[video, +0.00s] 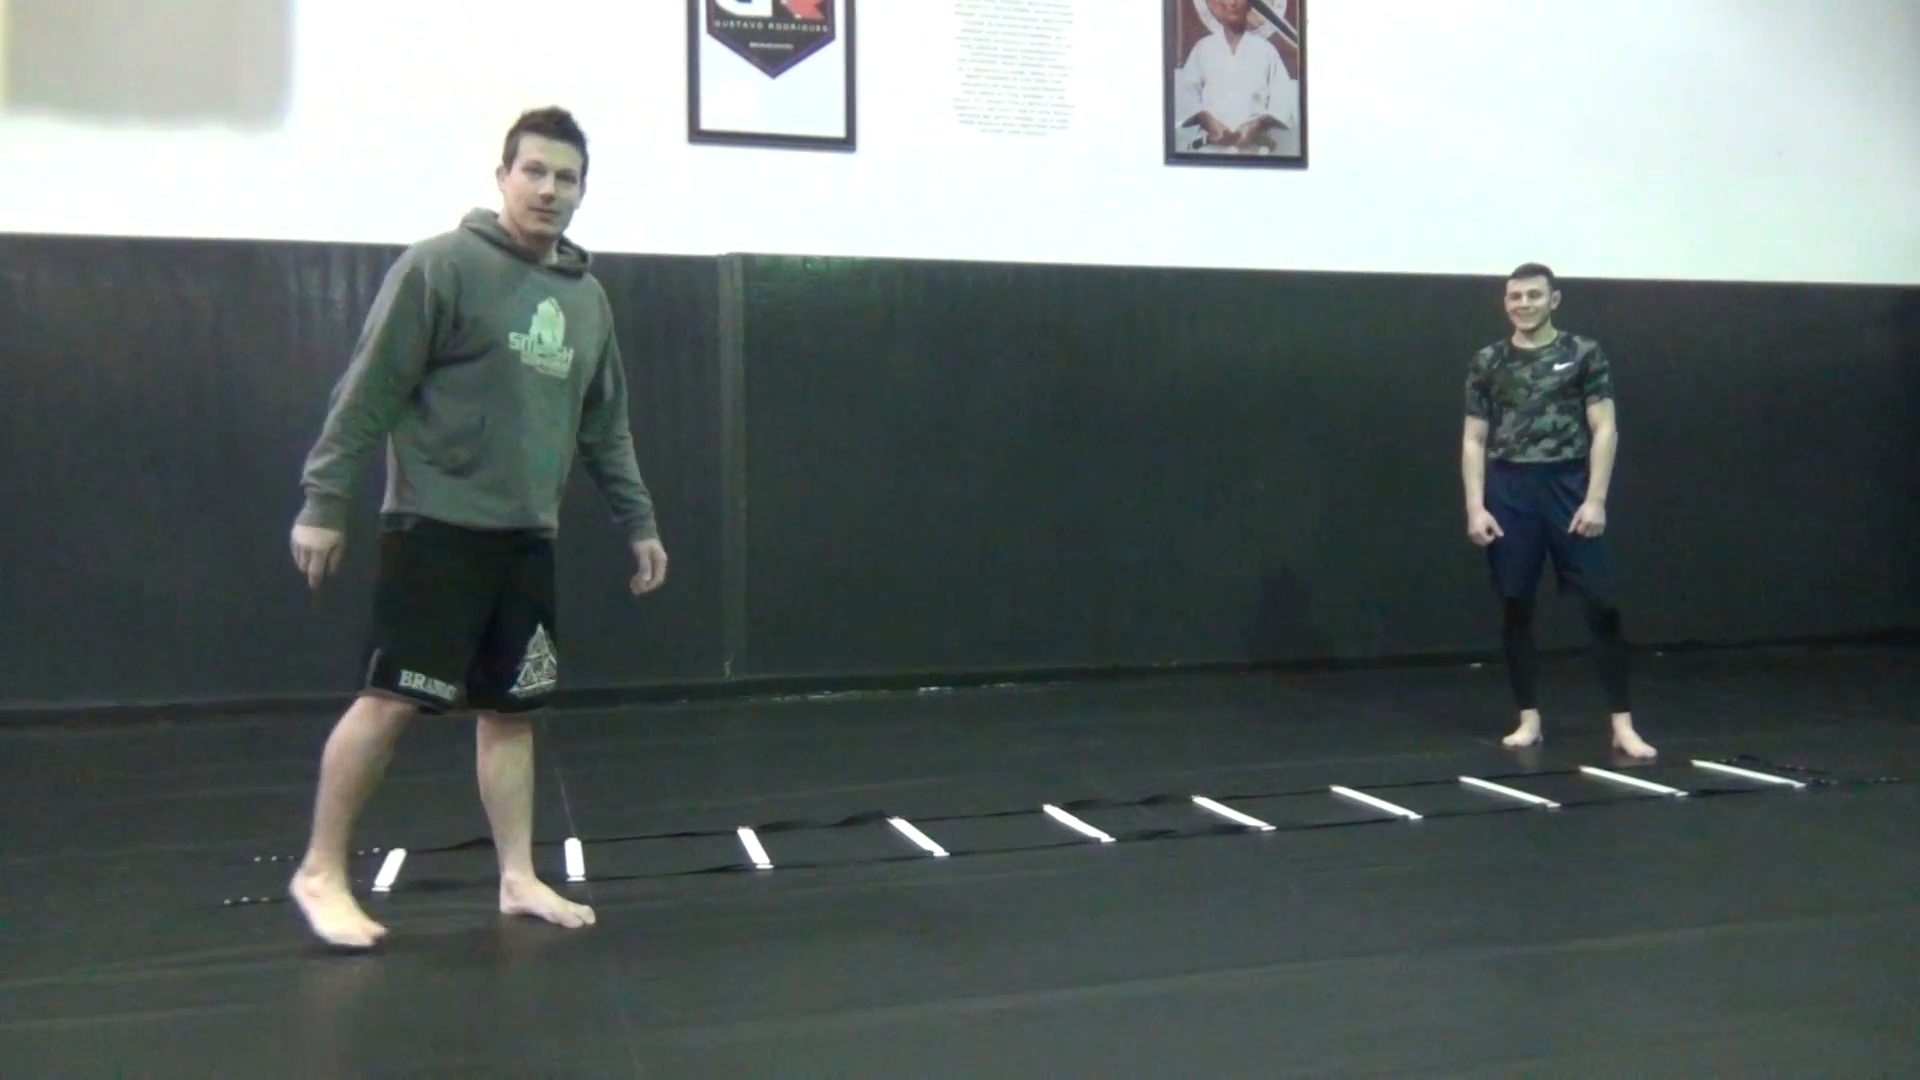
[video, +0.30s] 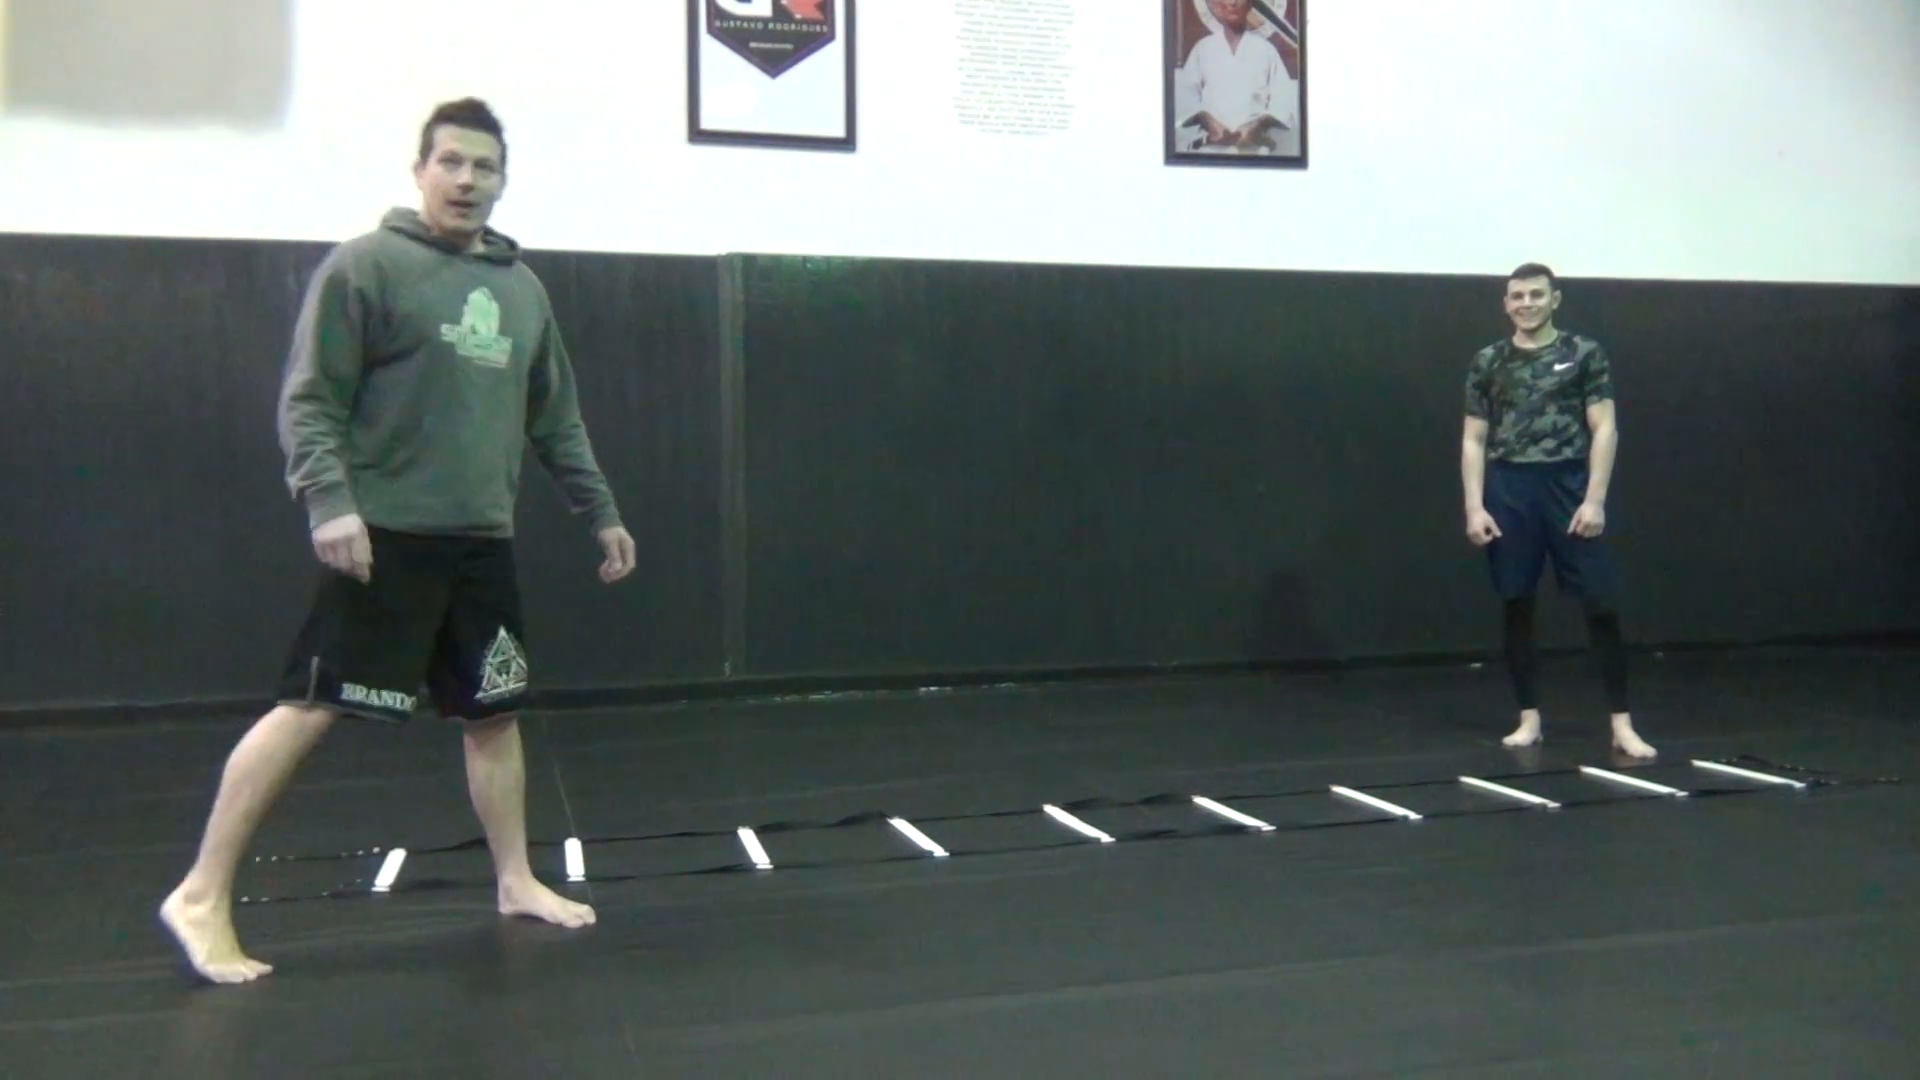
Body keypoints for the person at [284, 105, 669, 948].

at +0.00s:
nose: (550, 190)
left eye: (566, 178)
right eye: (535, 172)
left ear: (580, 191)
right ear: (502, 176)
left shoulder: (587, 299)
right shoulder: (438, 269)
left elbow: (606, 426)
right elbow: (367, 391)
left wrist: (641, 525)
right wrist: (324, 505)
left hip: (525, 536)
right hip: (434, 526)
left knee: (512, 709)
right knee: (392, 697)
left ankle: (520, 879)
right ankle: (320, 873)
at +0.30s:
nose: (467, 180)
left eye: (485, 167)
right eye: (451, 162)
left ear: (501, 180)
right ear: (418, 170)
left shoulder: (523, 290)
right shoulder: (362, 268)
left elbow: (558, 422)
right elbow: (310, 398)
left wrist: (602, 514)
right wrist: (330, 504)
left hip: (480, 542)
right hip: (380, 536)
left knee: (493, 715)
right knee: (308, 710)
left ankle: (518, 885)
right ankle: (201, 896)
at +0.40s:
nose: (418, 179)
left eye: (436, 166)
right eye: (402, 161)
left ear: (456, 182)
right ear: (370, 171)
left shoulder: (484, 289)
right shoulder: (316, 274)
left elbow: (522, 422)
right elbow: (270, 407)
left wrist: (566, 517)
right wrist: (320, 498)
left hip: (456, 548)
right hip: (352, 543)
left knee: (491, 713)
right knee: (281, 722)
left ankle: (518, 886)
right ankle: (182, 911)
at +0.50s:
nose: (367, 180)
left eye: (386, 166)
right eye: (350, 163)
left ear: (405, 181)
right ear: (320, 174)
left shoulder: (438, 290)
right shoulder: (266, 282)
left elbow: (473, 426)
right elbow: (224, 417)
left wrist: (512, 523)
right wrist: (298, 501)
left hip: (417, 556)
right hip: (306, 555)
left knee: (477, 706)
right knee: (250, 731)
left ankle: (517, 882)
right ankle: (174, 928)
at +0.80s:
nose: (265, 165)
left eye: (282, 150)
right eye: (246, 147)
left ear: (300, 161)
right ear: (207, 154)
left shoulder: (322, 263)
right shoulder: (156, 270)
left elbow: (343, 398)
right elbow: (128, 421)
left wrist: (359, 504)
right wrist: (240, 507)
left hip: (307, 541)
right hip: (200, 547)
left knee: (353, 698)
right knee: (182, 733)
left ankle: (391, 884)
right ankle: (169, 938)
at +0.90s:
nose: (277, 172)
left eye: (286, 156)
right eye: (257, 154)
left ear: (291, 161)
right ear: (200, 155)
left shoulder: (294, 261)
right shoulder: (136, 270)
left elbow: (316, 390)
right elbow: (115, 421)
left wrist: (345, 493)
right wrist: (237, 505)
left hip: (283, 539)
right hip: (180, 546)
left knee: (306, 704)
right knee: (172, 731)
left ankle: (307, 889)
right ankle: (168, 937)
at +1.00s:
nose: (292, 178)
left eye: (295, 160)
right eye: (276, 158)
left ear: (236, 161)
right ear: (208, 155)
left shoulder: (272, 260)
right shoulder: (131, 266)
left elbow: (291, 390)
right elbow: (111, 418)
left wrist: (333, 489)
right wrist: (241, 494)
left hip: (258, 537)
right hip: (169, 544)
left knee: (262, 707)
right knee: (171, 732)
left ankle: (216, 889)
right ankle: (166, 936)